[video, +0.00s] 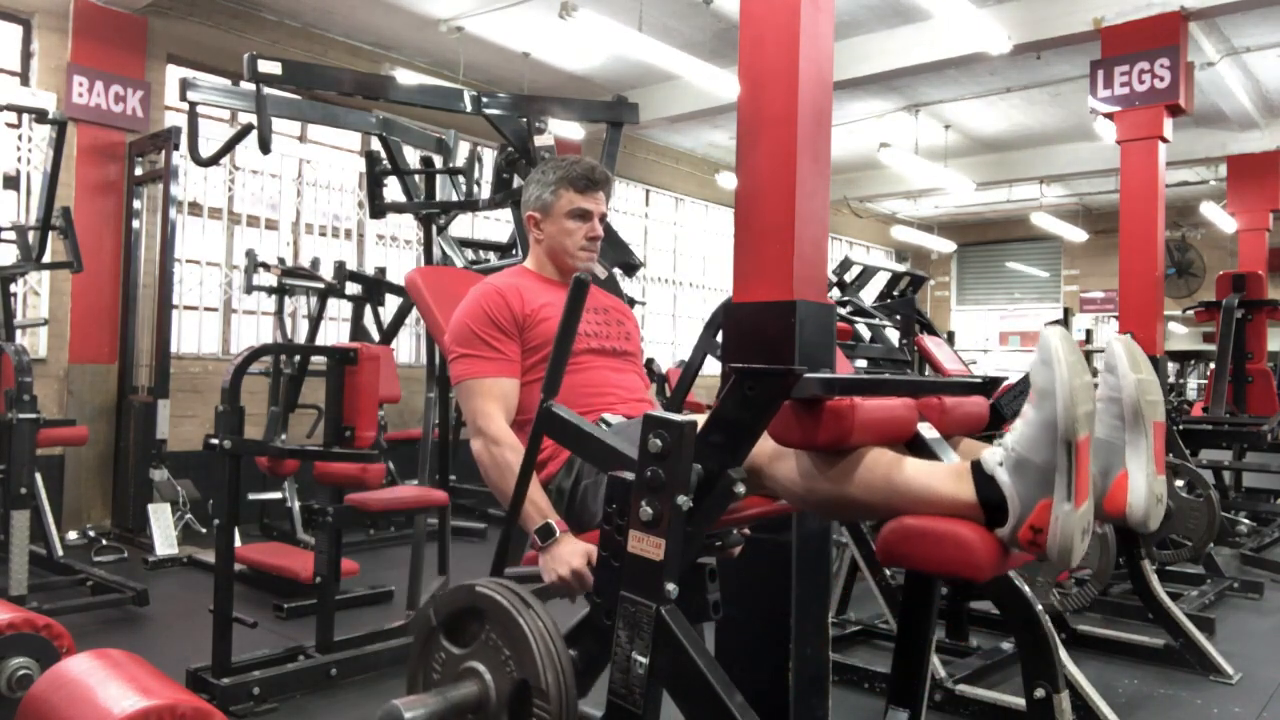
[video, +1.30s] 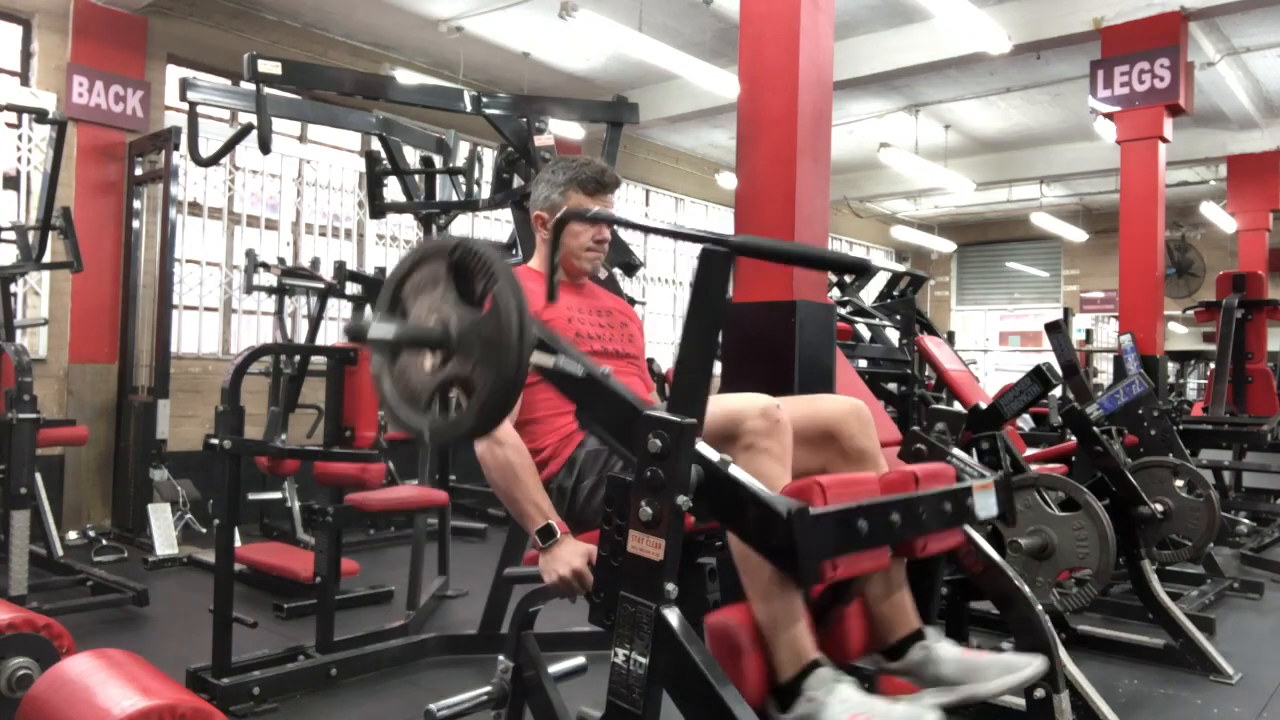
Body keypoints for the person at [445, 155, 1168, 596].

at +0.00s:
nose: (593, 234)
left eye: (598, 222)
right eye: (578, 219)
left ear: (598, 227)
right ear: (533, 219)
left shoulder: (610, 305)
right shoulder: (494, 299)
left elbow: (655, 396)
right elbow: (487, 430)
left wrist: (721, 425)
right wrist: (549, 533)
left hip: (660, 440)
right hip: (585, 460)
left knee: (818, 452)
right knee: (772, 456)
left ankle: (999, 489)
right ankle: (991, 492)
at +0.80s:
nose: (597, 237)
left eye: (603, 223)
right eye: (581, 223)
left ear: (603, 224)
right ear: (536, 222)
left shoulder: (607, 301)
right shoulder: (495, 303)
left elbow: (637, 401)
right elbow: (491, 440)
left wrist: (710, 417)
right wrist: (551, 534)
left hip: (654, 440)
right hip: (578, 463)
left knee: (838, 443)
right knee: (760, 428)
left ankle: (1073, 514)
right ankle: (976, 542)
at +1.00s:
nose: (597, 236)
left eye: (603, 223)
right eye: (582, 222)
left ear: (602, 224)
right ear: (538, 224)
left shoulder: (603, 298)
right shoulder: (499, 299)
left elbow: (642, 391)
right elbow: (490, 430)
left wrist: (709, 412)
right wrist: (551, 534)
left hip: (658, 431)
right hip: (590, 456)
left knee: (846, 409)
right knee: (773, 426)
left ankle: (994, 588)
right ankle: (914, 634)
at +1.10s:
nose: (598, 234)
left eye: (604, 222)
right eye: (583, 219)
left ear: (604, 226)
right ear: (537, 220)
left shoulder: (616, 299)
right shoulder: (497, 299)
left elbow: (660, 394)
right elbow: (494, 435)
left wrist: (720, 415)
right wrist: (553, 535)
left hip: (661, 431)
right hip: (583, 453)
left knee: (847, 415)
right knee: (761, 427)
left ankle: (977, 626)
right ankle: (878, 664)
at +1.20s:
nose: (601, 232)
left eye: (606, 221)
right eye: (586, 219)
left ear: (606, 227)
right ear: (539, 221)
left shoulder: (615, 305)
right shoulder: (501, 296)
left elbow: (648, 403)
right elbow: (489, 426)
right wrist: (552, 537)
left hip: (657, 443)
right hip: (584, 463)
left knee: (848, 419)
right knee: (760, 423)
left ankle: (934, 638)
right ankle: (837, 678)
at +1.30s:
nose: (603, 234)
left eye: (607, 223)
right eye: (589, 221)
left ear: (609, 230)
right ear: (543, 224)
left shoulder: (618, 304)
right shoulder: (511, 290)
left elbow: (655, 400)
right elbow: (490, 432)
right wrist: (551, 537)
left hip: (656, 447)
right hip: (585, 467)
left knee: (848, 418)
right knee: (759, 420)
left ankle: (904, 645)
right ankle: (799, 677)